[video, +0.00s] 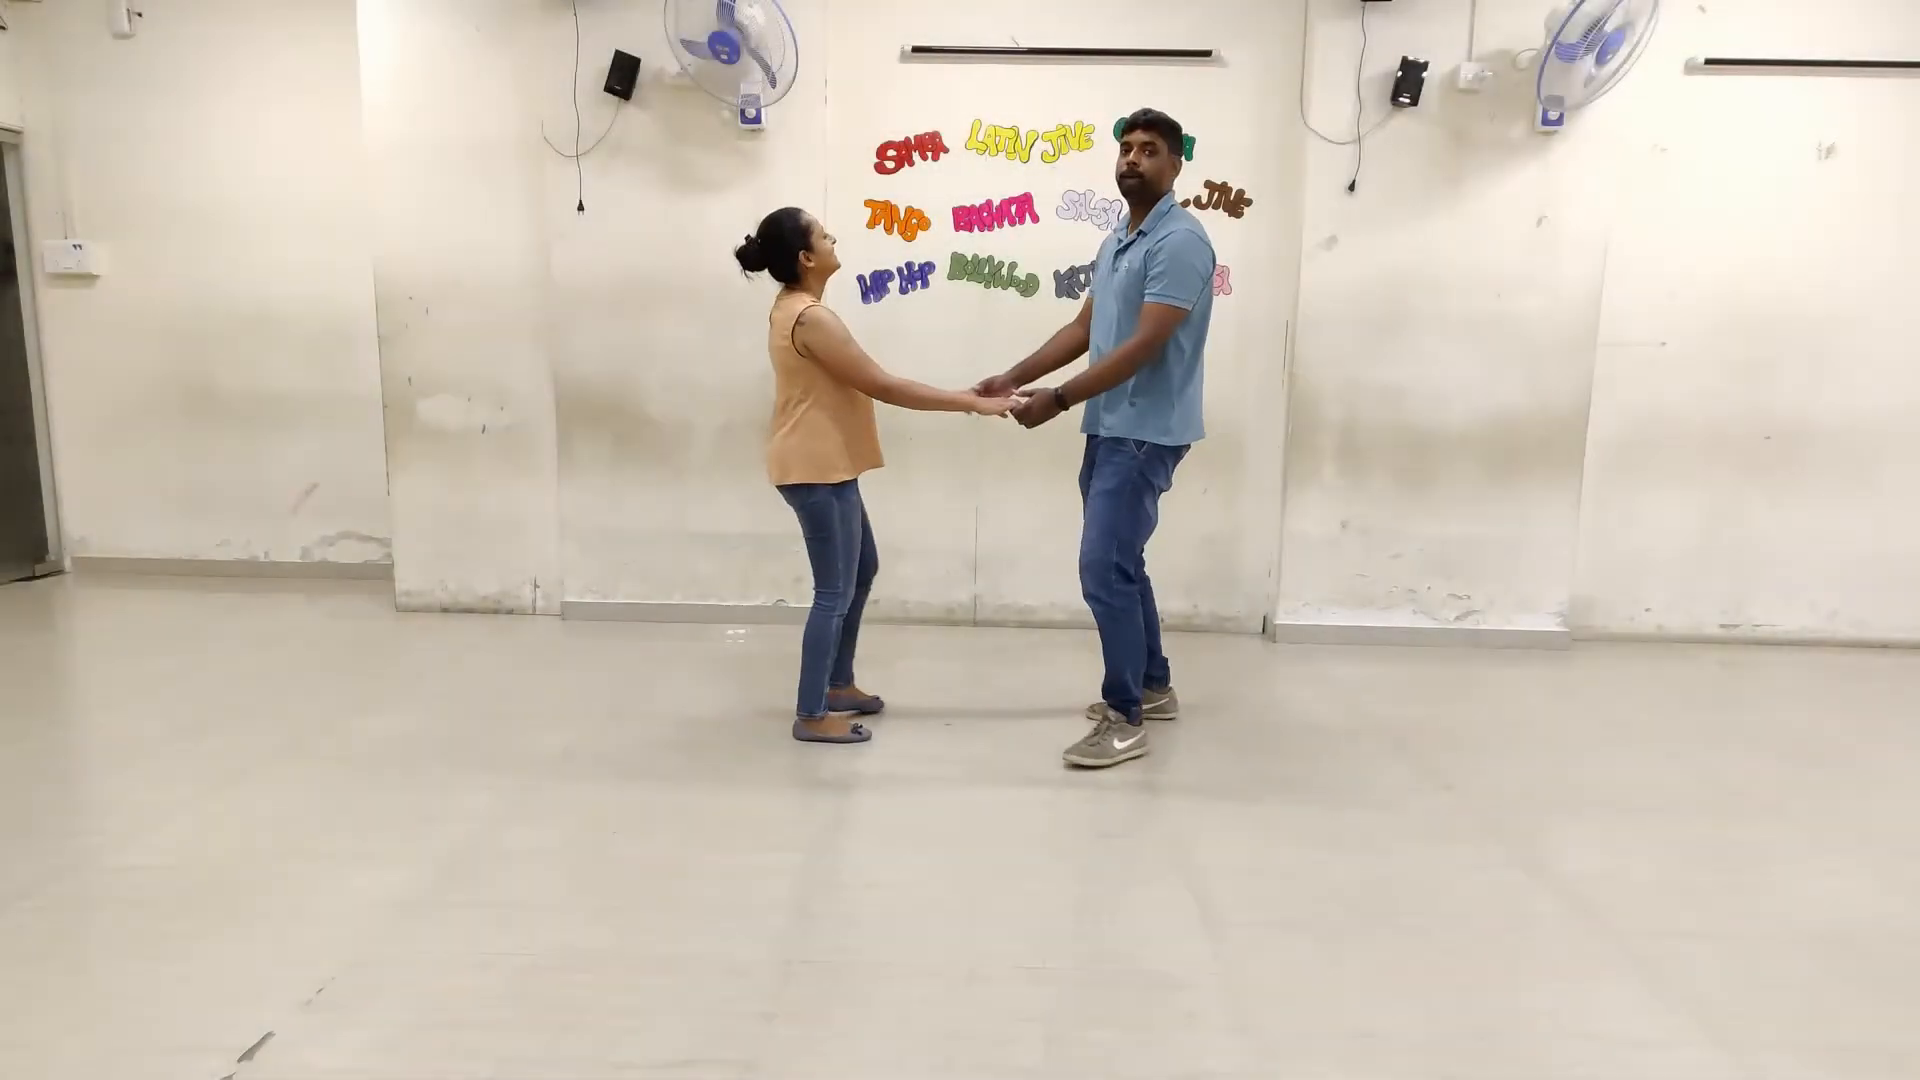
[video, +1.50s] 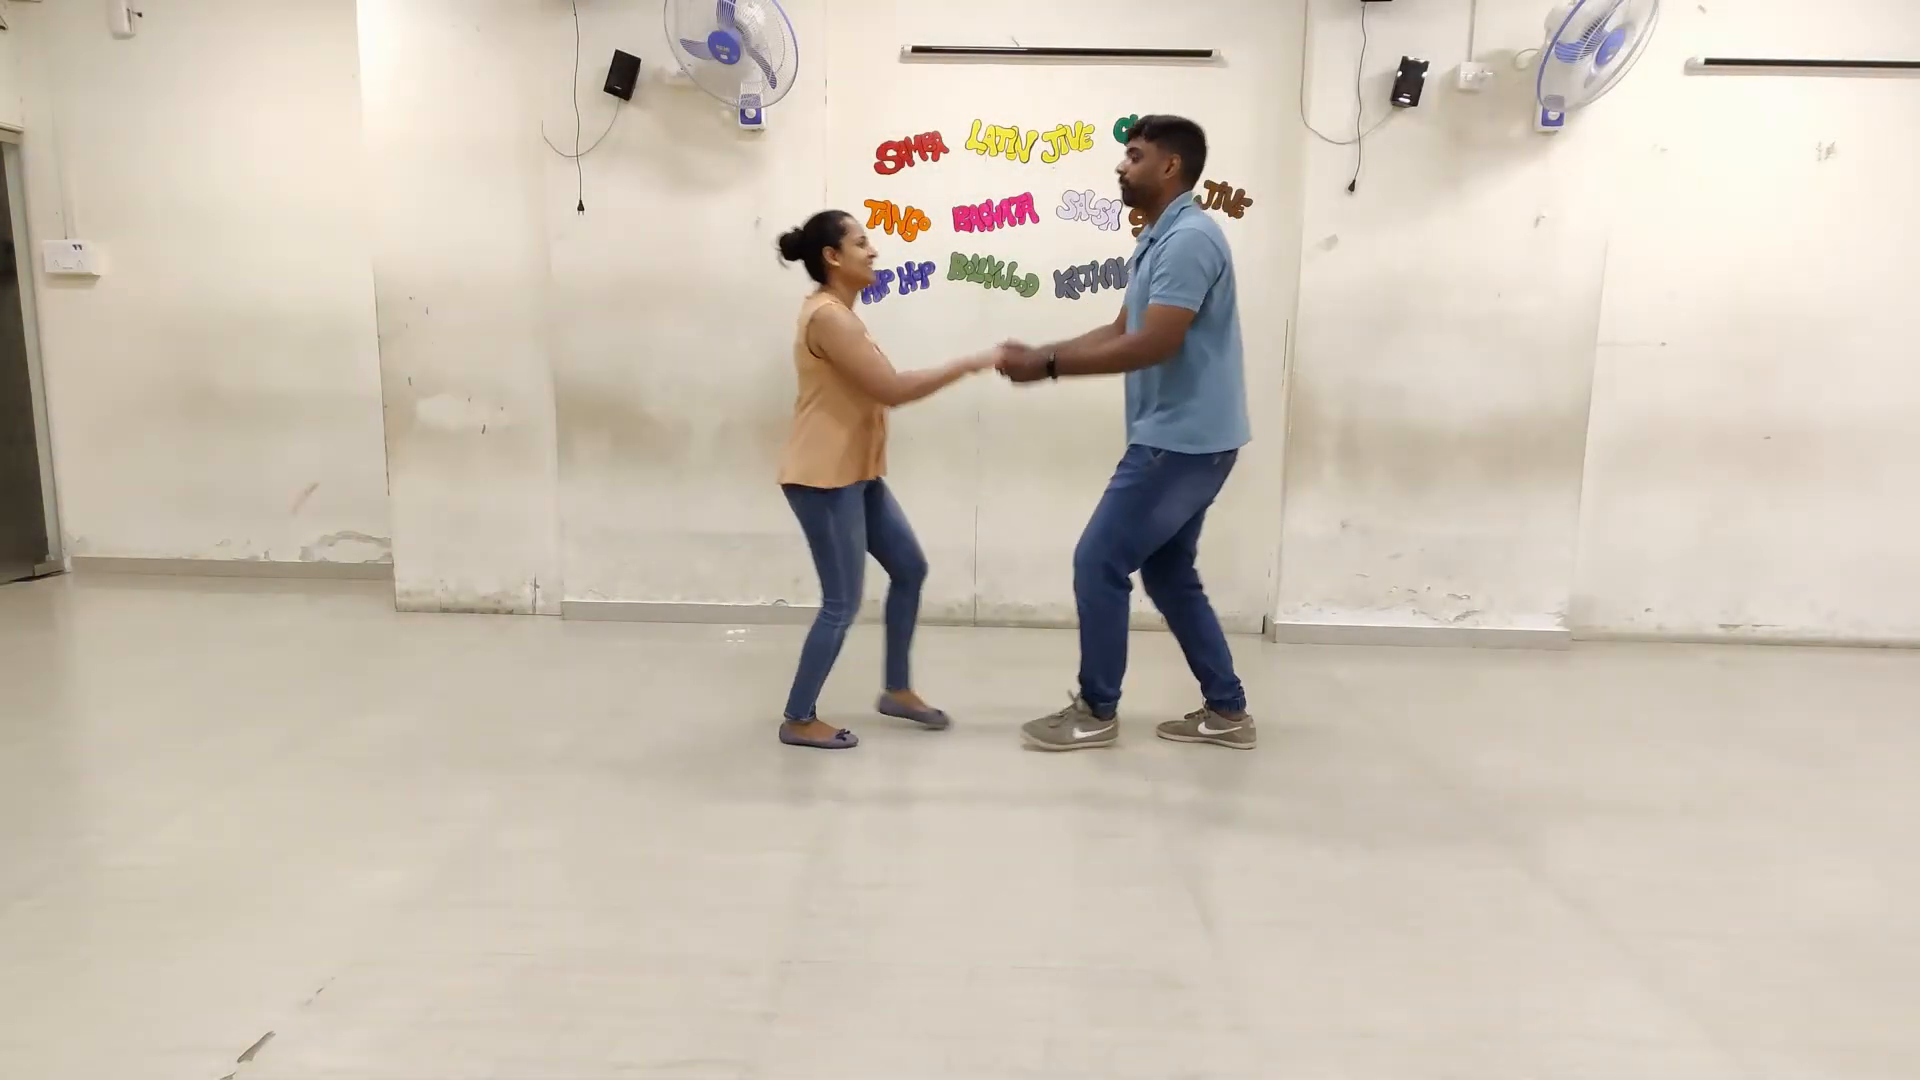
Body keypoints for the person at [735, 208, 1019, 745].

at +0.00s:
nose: (833, 242)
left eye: (827, 234)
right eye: (825, 237)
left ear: (798, 258)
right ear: (806, 256)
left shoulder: (791, 307)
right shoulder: (810, 319)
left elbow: (876, 381)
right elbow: (881, 385)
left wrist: (959, 399)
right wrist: (969, 400)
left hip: (823, 465)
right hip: (815, 469)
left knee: (861, 568)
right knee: (833, 589)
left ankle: (836, 687)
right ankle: (810, 716)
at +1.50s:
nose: (873, 250)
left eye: (869, 241)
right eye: (862, 243)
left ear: (840, 257)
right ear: (832, 256)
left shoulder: (842, 312)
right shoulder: (826, 316)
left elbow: (870, 391)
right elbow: (889, 388)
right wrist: (966, 365)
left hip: (856, 476)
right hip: (822, 478)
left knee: (910, 568)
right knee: (842, 600)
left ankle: (897, 692)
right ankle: (798, 719)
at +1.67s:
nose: (919, 264)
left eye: (915, 255)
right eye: (908, 257)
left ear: (884, 271)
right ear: (879, 270)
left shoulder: (890, 335)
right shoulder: (871, 337)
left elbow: (918, 420)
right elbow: (900, 429)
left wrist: (988, 420)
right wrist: (985, 429)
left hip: (903, 493)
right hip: (869, 494)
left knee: (948, 586)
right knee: (877, 614)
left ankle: (925, 706)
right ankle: (802, 714)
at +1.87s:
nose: (961, 240)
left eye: (958, 231)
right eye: (951, 232)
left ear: (928, 245)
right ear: (922, 244)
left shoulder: (935, 306)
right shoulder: (913, 309)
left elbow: (941, 386)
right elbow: (914, 397)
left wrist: (993, 363)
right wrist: (988, 371)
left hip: (946, 467)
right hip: (921, 470)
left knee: (949, 590)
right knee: (948, 592)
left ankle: (926, 703)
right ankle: (886, 697)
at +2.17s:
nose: (944, 250)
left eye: (940, 241)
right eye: (934, 242)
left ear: (905, 252)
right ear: (907, 252)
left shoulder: (906, 310)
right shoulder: (896, 314)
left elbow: (920, 391)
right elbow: (917, 398)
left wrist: (975, 359)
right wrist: (984, 364)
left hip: (918, 472)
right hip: (896, 474)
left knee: (931, 597)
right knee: (923, 599)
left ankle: (924, 706)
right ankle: (836, 697)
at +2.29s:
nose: (903, 266)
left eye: (900, 256)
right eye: (895, 257)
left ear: (863, 264)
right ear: (868, 263)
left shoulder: (851, 319)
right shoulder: (857, 322)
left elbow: (898, 393)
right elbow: (913, 397)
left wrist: (950, 374)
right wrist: (999, 376)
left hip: (871, 484)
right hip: (853, 486)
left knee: (907, 588)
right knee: (862, 613)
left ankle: (924, 707)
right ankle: (779, 721)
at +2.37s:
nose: (872, 271)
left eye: (869, 261)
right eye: (865, 262)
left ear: (830, 269)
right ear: (838, 268)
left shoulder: (808, 323)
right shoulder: (832, 329)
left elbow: (873, 396)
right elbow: (898, 403)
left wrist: (927, 395)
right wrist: (984, 400)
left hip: (826, 487)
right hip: (822, 490)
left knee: (877, 589)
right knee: (829, 618)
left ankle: (915, 705)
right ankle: (765, 738)